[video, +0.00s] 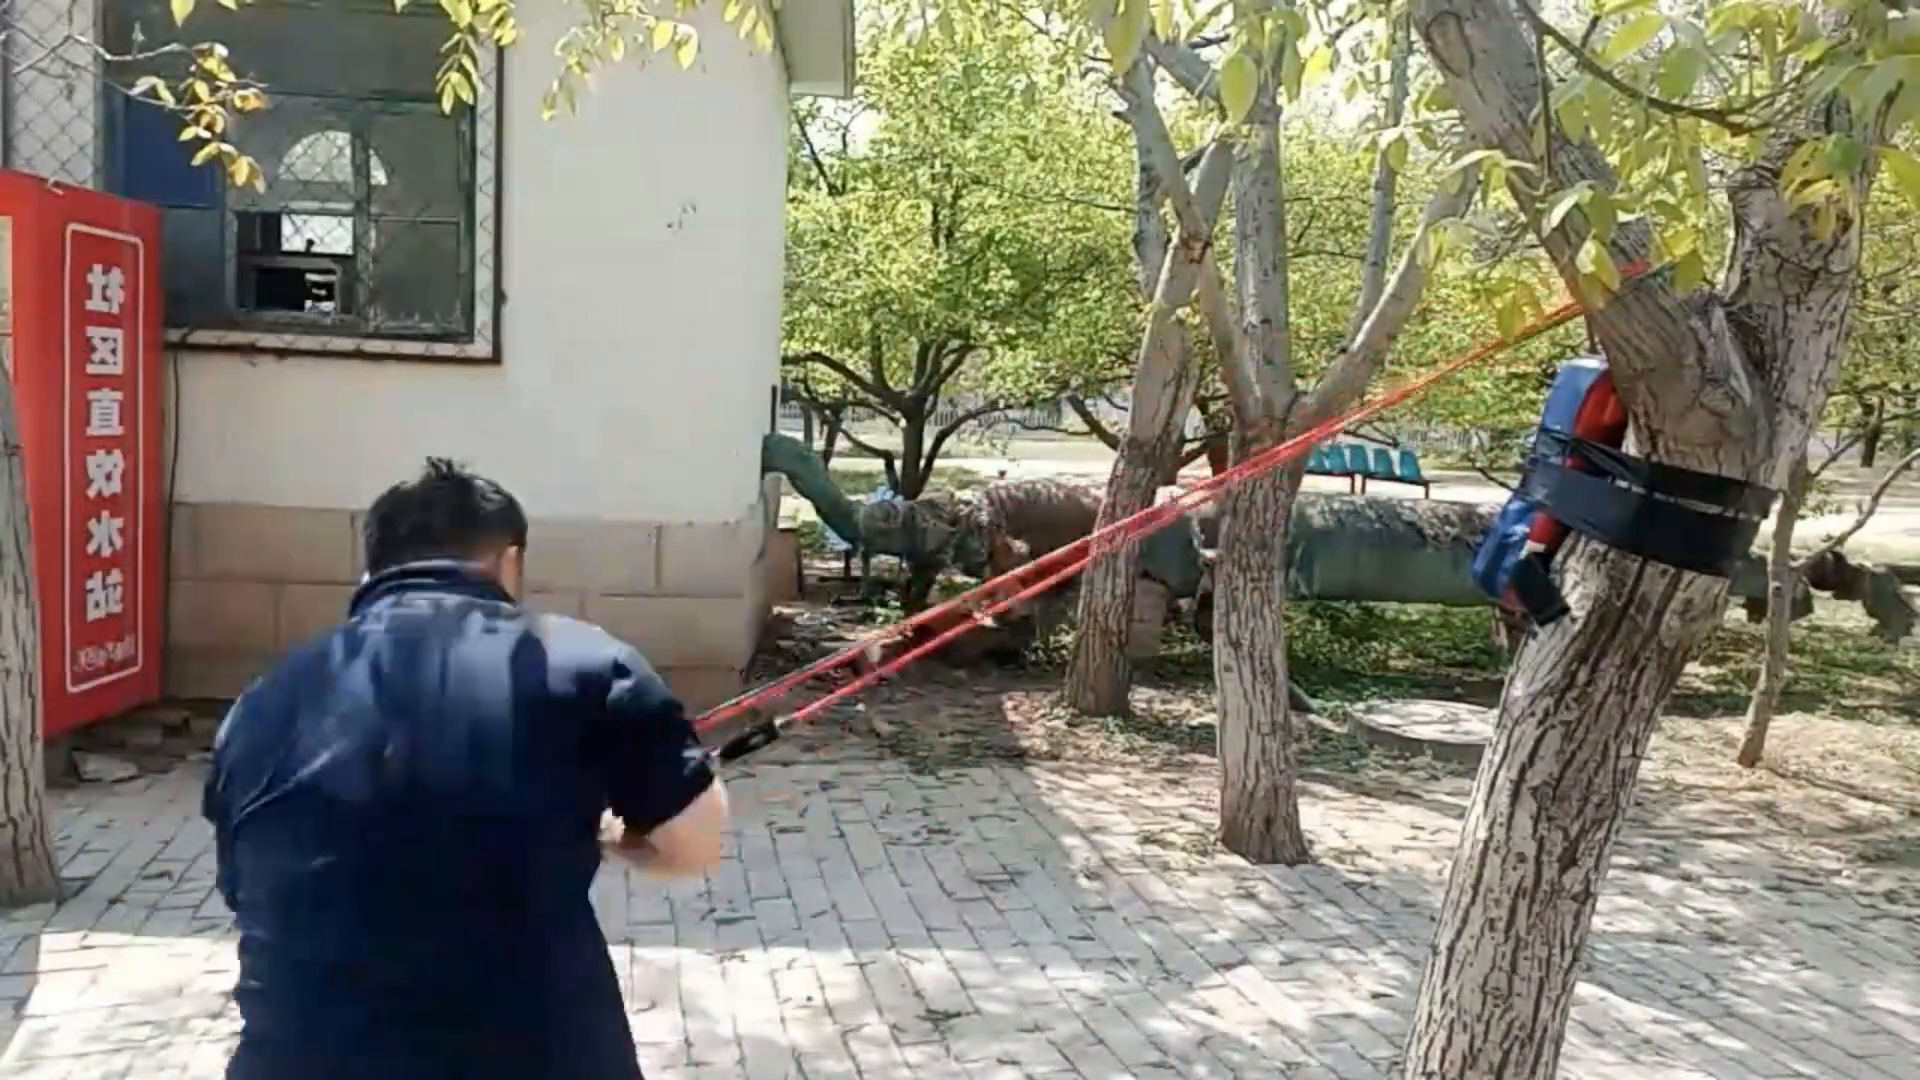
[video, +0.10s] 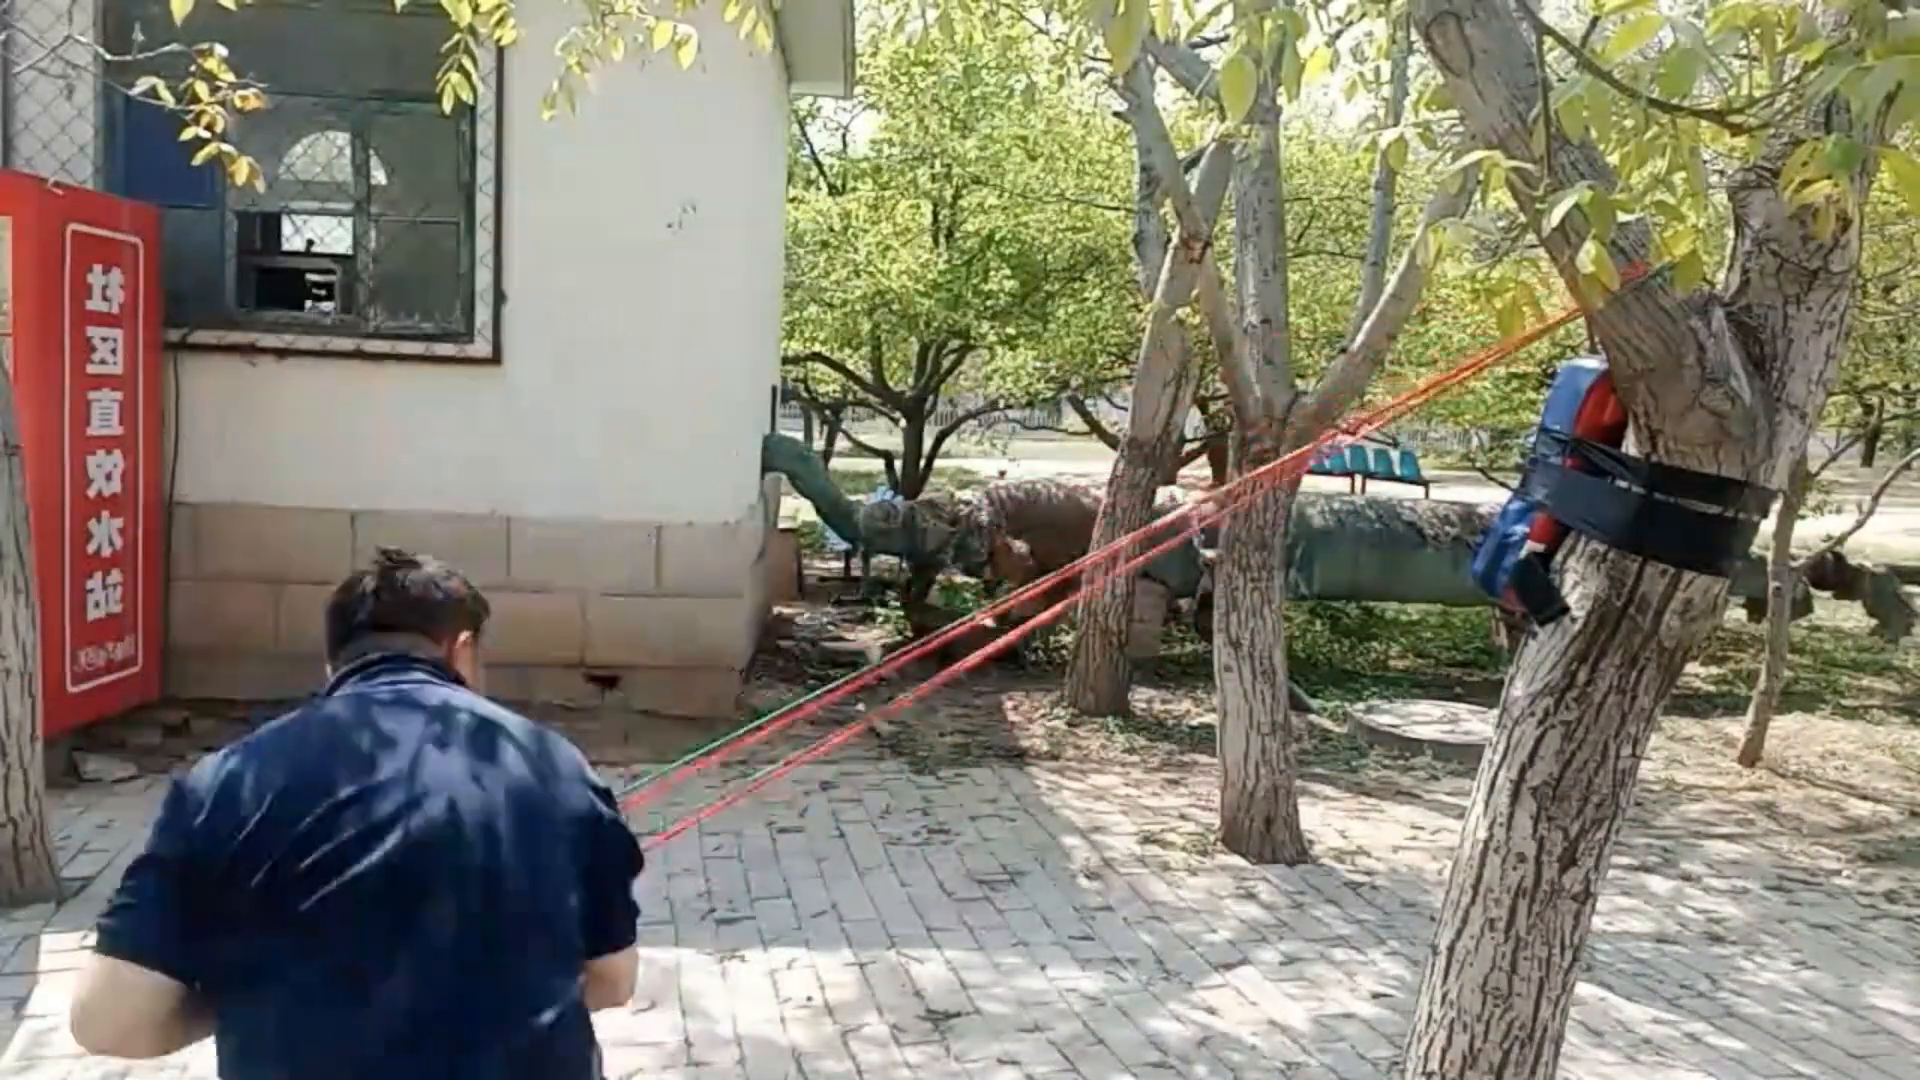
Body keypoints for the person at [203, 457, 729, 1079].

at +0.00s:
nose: (521, 589)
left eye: (520, 571)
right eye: (520, 569)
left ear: (371, 570)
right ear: (505, 562)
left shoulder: (261, 706)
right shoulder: (580, 666)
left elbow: (245, 887)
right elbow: (695, 845)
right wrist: (589, 831)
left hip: (308, 1060)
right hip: (536, 1057)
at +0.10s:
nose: (482, 678)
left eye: (481, 656)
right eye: (481, 655)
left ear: (332, 666)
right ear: (458, 650)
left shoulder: (229, 780)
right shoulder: (550, 764)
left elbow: (110, 1020)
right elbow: (611, 981)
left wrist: (269, 977)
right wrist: (484, 965)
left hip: (303, 1071)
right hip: (529, 1071)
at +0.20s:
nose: (462, 731)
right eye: (460, 715)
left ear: (304, 723)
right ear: (437, 705)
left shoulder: (223, 817)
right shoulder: (530, 814)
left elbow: (103, 1037)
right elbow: (566, 1029)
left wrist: (233, 1038)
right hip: (507, 1068)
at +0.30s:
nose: (464, 742)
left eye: (464, 726)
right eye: (463, 724)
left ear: (311, 730)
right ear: (438, 716)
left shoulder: (222, 837)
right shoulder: (532, 827)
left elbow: (100, 1056)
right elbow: (571, 1043)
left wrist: (227, 1045)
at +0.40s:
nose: (484, 739)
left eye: (483, 721)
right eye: (483, 719)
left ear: (339, 715)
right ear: (455, 709)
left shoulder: (228, 828)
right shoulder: (541, 822)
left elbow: (102, 1051)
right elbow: (584, 1041)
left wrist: (249, 1042)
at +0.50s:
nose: (505, 701)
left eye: (505, 676)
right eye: (502, 673)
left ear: (353, 671)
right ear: (465, 660)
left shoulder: (232, 788)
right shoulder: (551, 781)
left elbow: (99, 1020)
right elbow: (606, 992)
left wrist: (263, 979)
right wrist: (481, 993)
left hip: (292, 1071)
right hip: (516, 1071)